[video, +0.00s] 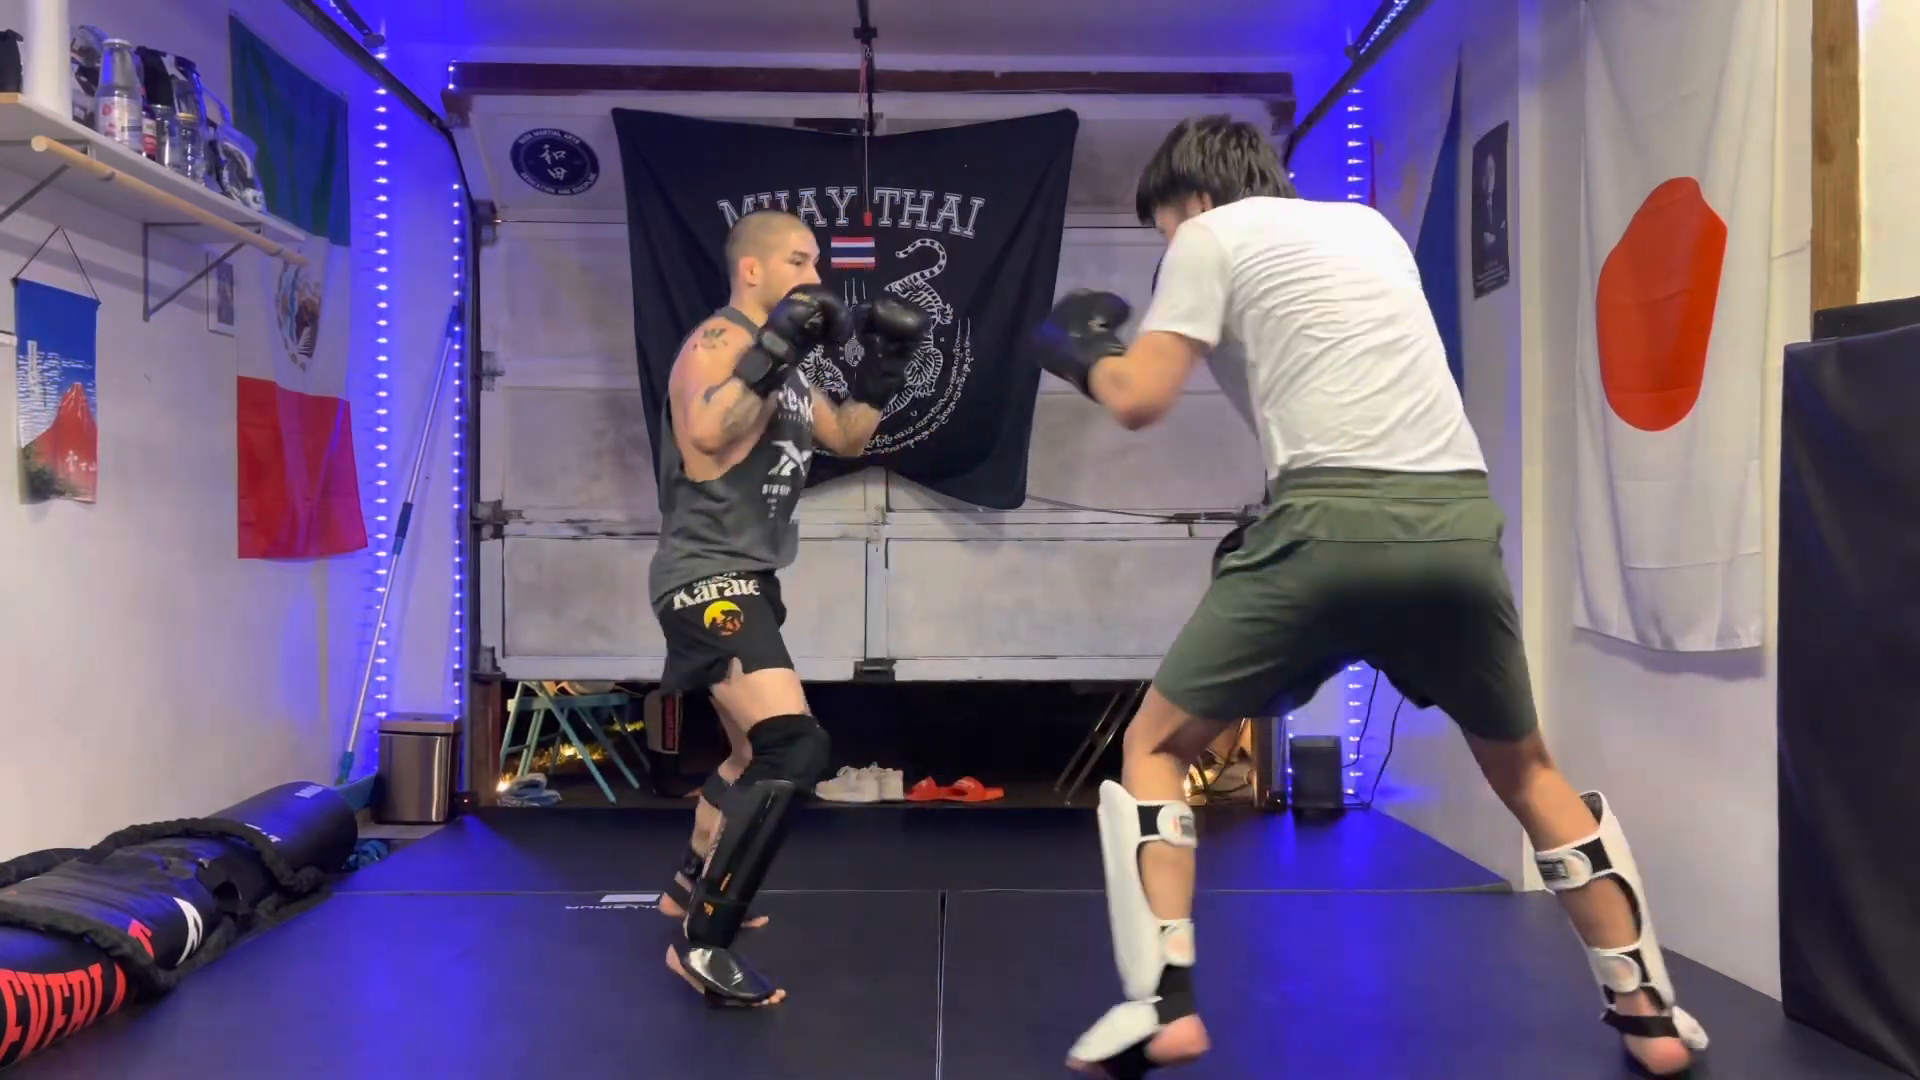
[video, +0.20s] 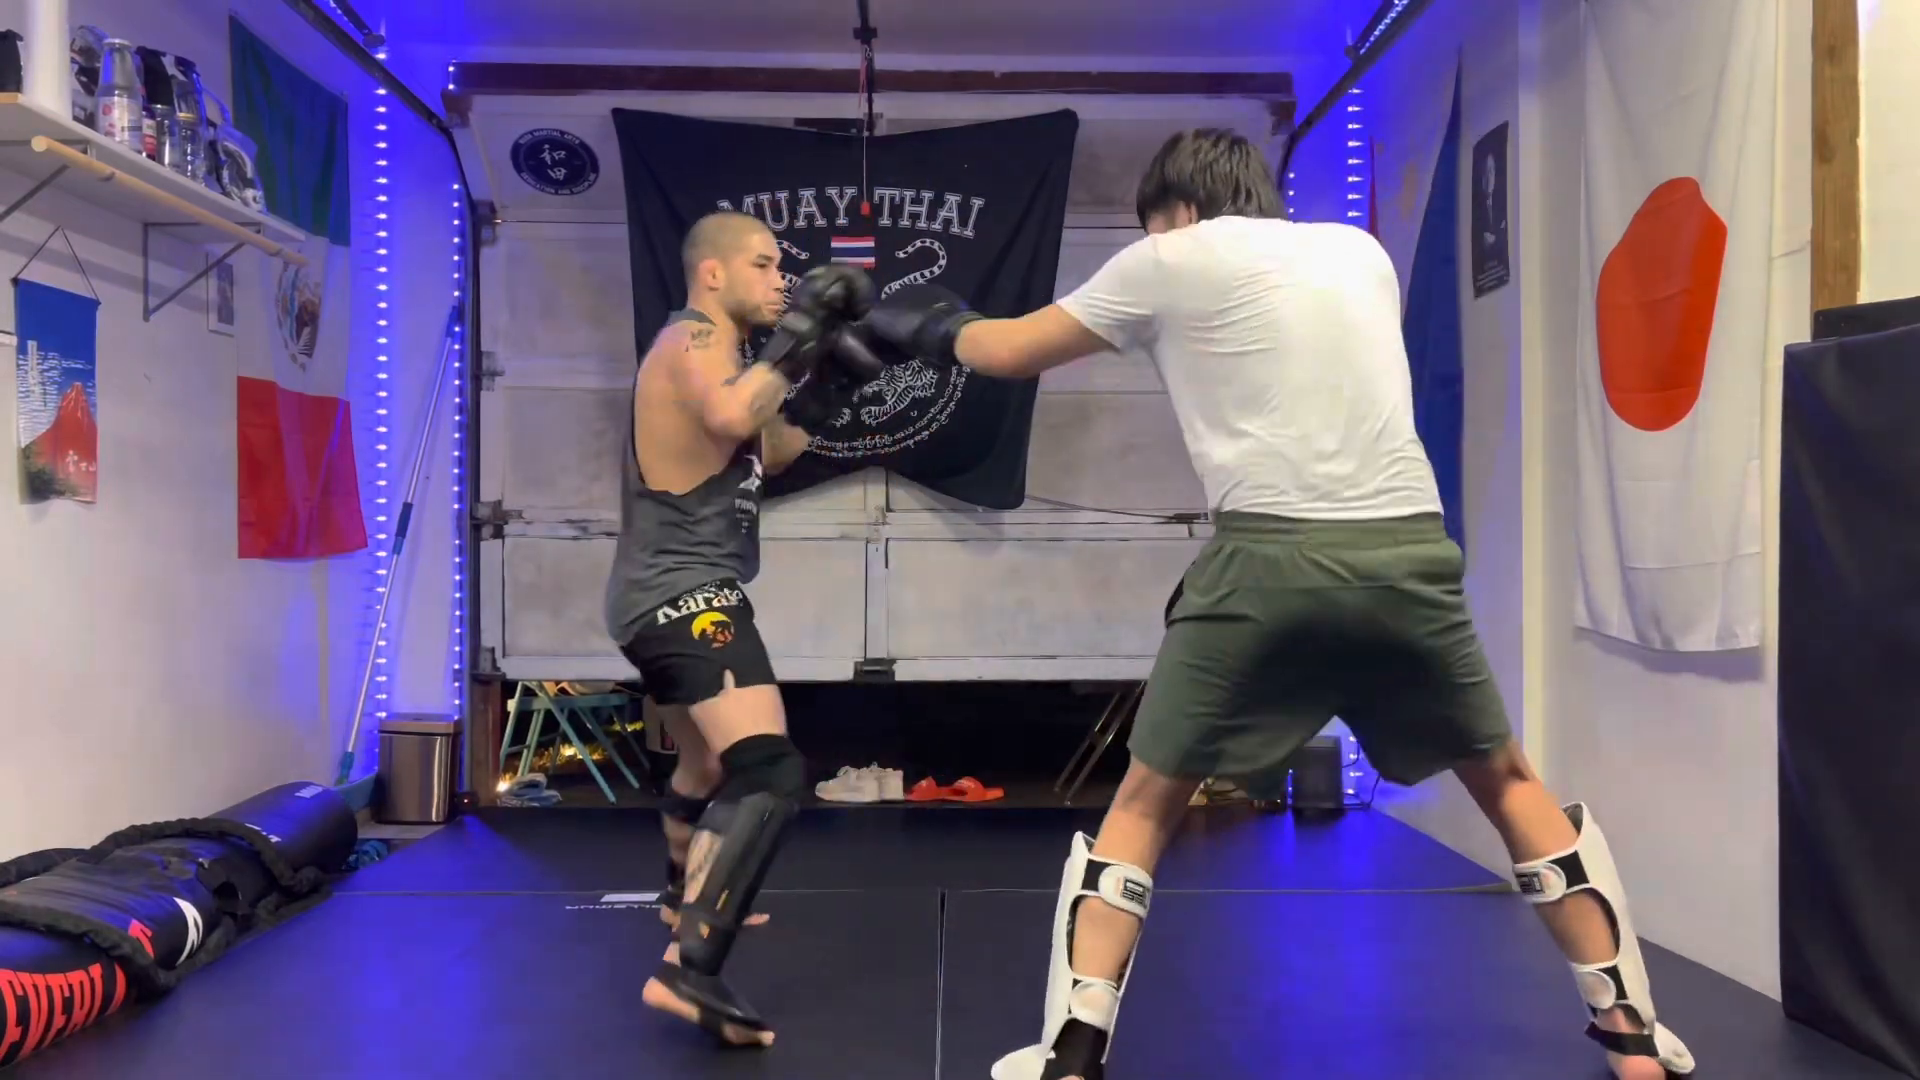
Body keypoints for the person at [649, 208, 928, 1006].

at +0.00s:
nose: (814, 275)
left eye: (816, 263)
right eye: (800, 261)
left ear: (803, 274)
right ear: (749, 269)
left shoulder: (782, 352)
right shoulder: (715, 343)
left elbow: (847, 435)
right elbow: (705, 440)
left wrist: (887, 363)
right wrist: (775, 352)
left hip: (741, 576)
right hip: (710, 576)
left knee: (754, 751)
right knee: (795, 747)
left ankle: (696, 881)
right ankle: (706, 943)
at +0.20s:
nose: (779, 281)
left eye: (779, 267)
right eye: (764, 265)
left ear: (723, 277)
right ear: (711, 272)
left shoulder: (722, 351)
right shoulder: (690, 340)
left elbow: (772, 453)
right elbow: (734, 417)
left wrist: (825, 386)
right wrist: (804, 327)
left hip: (674, 590)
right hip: (686, 591)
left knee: (701, 766)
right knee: (771, 773)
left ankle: (691, 900)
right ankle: (690, 967)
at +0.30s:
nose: (759, 286)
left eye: (756, 271)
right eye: (742, 269)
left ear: (686, 284)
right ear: (690, 278)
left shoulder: (666, 359)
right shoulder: (689, 343)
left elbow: (714, 451)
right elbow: (792, 336)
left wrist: (760, 417)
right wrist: (910, 284)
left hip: (613, 603)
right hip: (653, 605)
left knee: (667, 767)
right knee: (732, 802)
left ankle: (650, 906)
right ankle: (666, 1015)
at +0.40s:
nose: (734, 280)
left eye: (732, 265)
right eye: (720, 262)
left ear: (661, 276)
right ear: (666, 271)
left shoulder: (634, 354)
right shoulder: (663, 338)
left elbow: (693, 458)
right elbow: (755, 355)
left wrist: (746, 395)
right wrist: (866, 304)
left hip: (572, 609)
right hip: (617, 608)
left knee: (621, 762)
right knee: (714, 793)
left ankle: (540, 910)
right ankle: (663, 1019)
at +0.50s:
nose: (703, 271)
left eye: (702, 257)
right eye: (688, 255)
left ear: (634, 269)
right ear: (634, 260)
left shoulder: (628, 351)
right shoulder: (607, 336)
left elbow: (699, 447)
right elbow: (634, 418)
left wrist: (748, 370)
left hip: (539, 596)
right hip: (565, 595)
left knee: (550, 776)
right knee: (662, 789)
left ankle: (424, 913)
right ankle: (658, 1014)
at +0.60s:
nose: (664, 280)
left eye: (664, 266)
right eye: (649, 264)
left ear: (607, 277)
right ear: (593, 272)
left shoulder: (606, 369)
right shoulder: (553, 352)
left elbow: (682, 458)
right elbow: (508, 471)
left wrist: (730, 377)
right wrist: (618, 449)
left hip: (498, 602)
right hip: (517, 597)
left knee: (503, 791)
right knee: (621, 785)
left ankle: (397, 945)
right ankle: (653, 1009)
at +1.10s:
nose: (575, 236)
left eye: (573, 220)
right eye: (558, 219)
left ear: (503, 230)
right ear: (501, 224)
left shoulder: (498, 316)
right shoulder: (480, 304)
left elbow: (555, 460)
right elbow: (536, 427)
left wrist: (632, 400)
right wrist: (620, 345)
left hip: (458, 580)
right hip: (491, 577)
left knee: (448, 787)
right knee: (573, 797)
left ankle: (392, 951)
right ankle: (520, 1039)